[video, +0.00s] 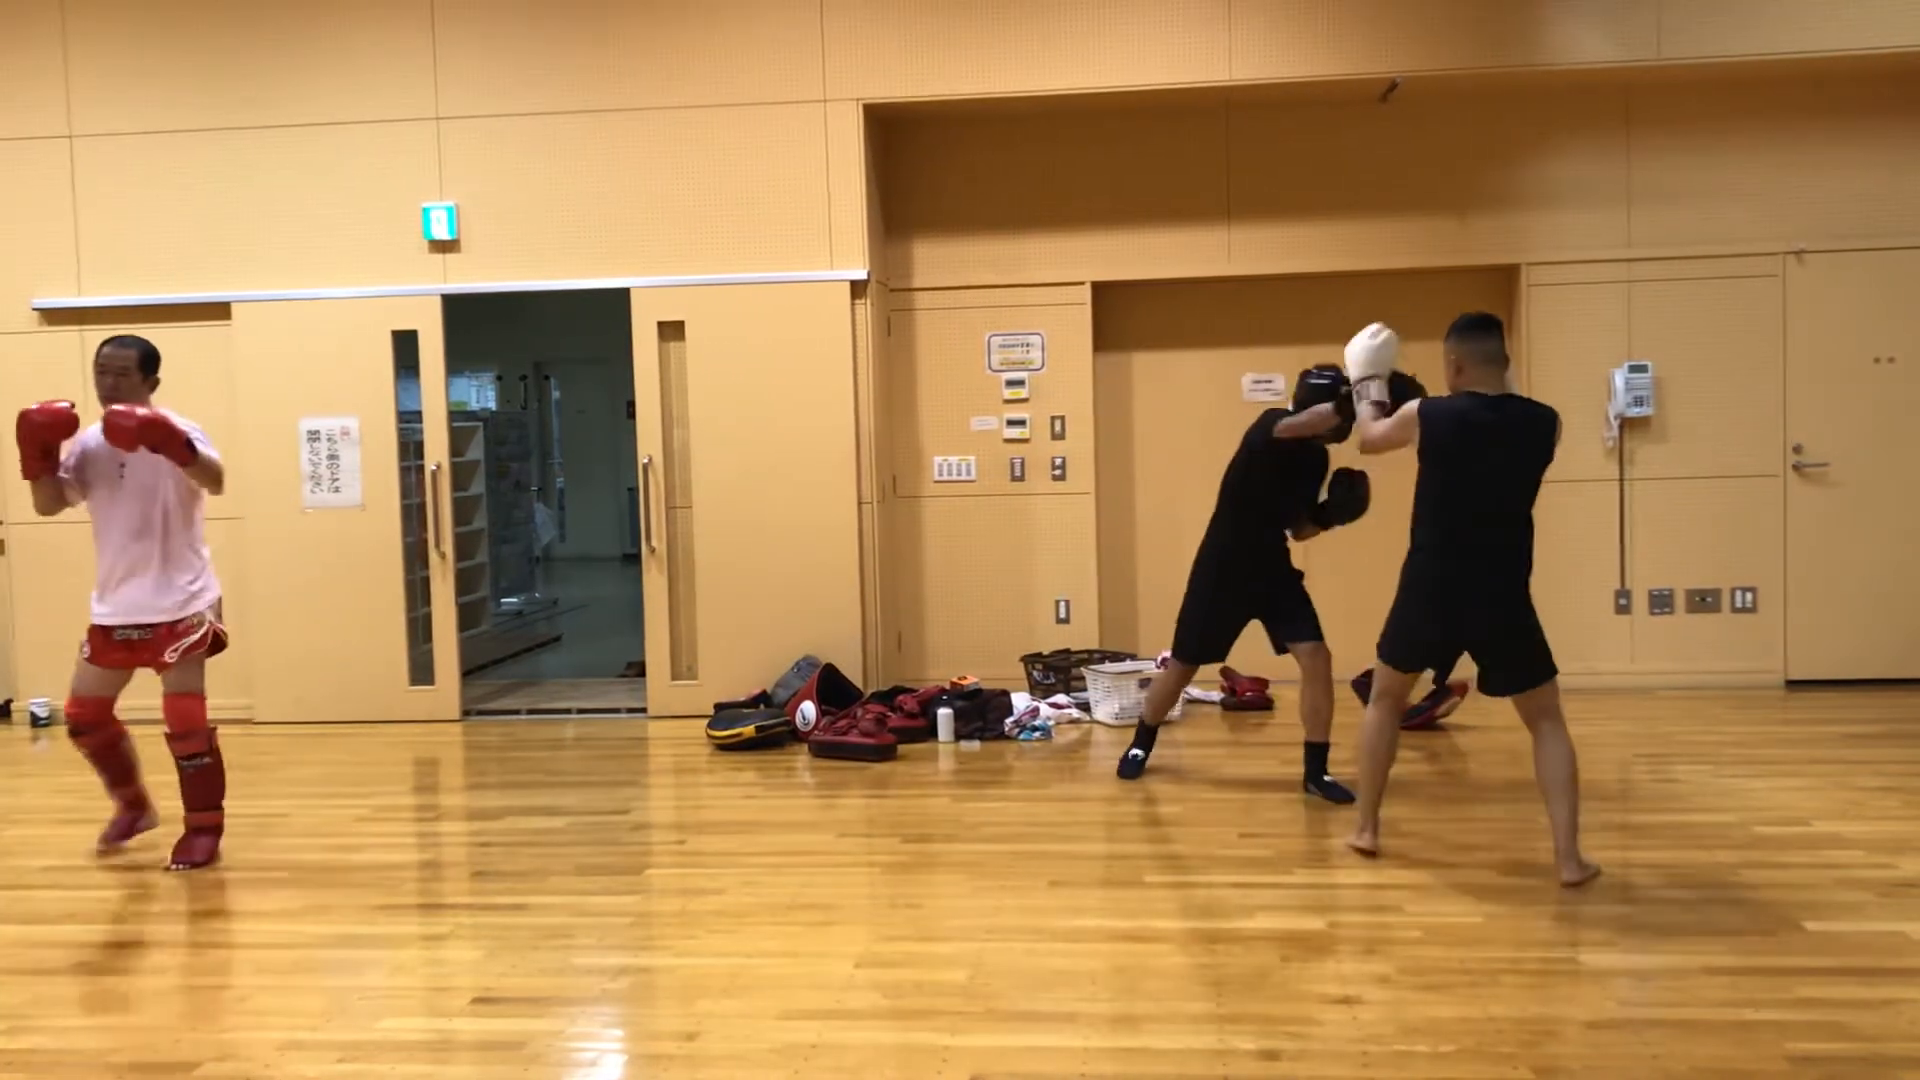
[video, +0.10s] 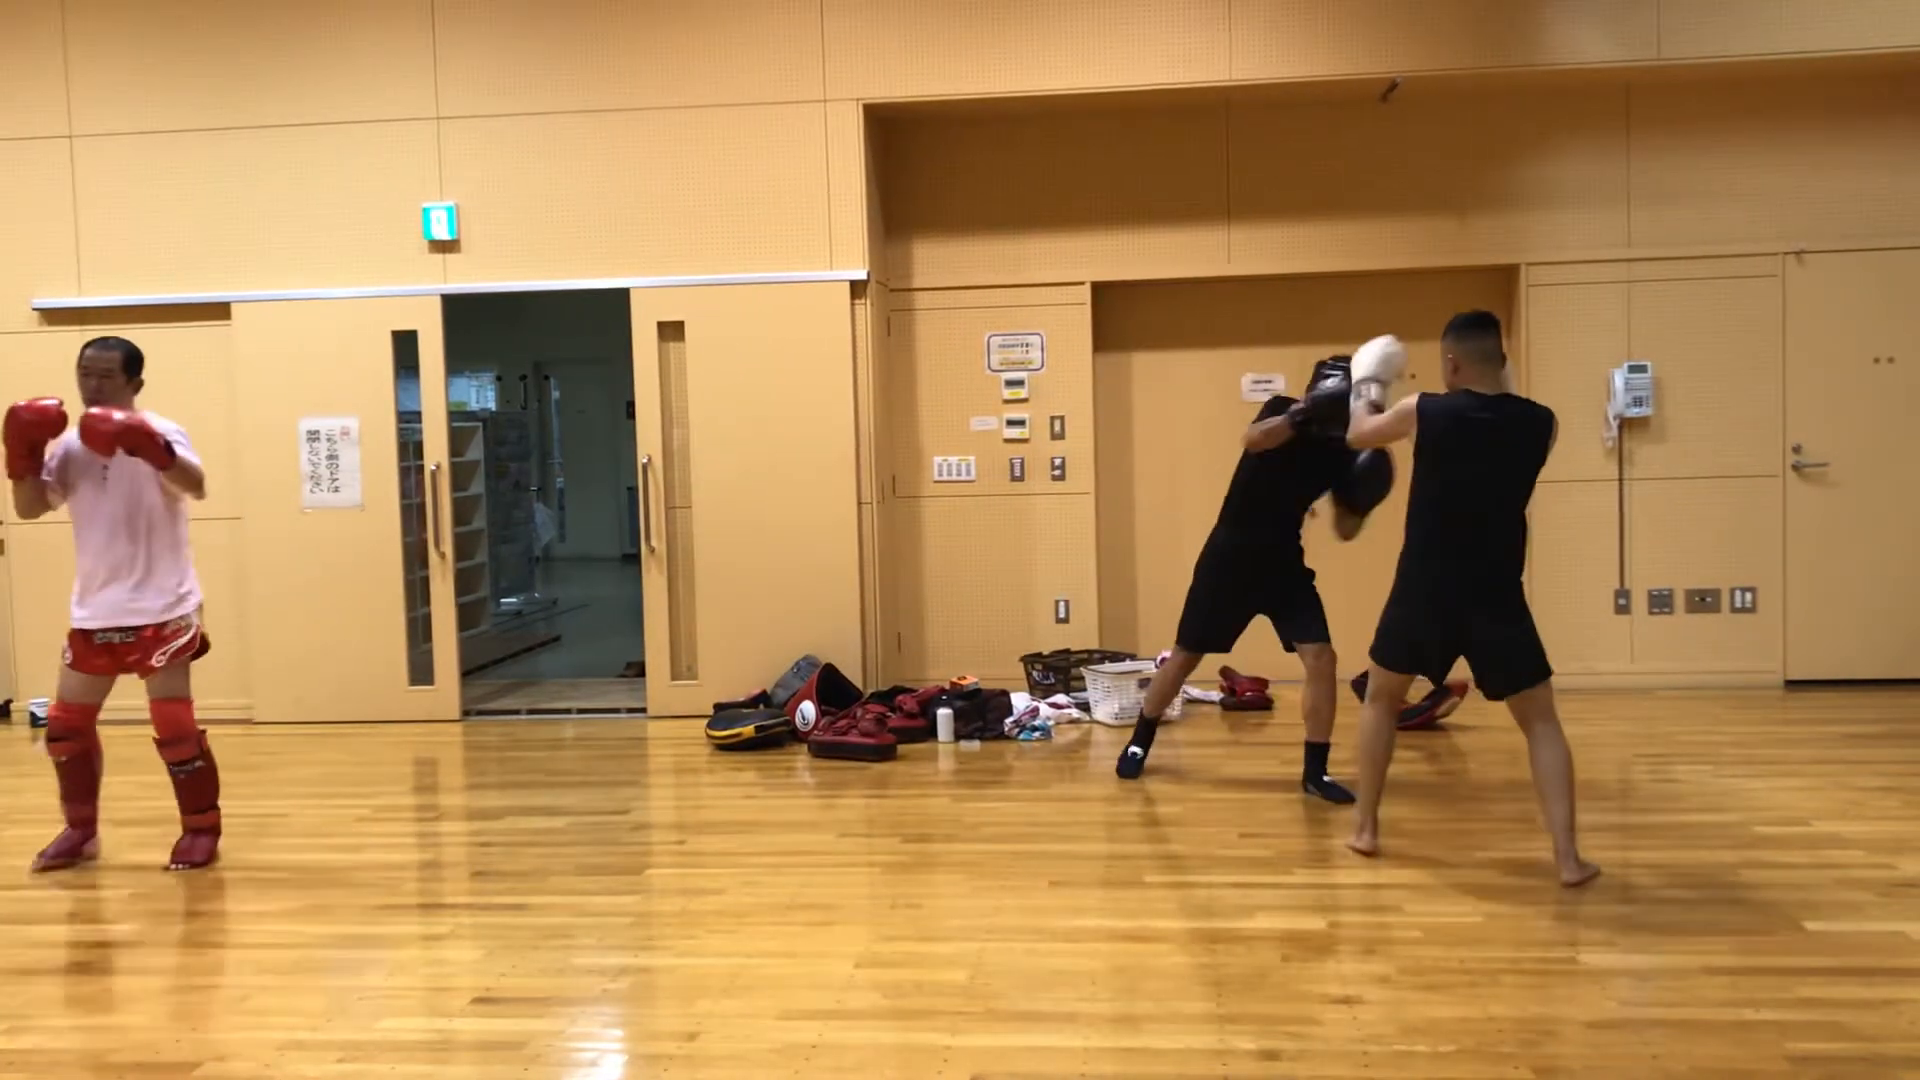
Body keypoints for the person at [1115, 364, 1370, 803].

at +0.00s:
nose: (1335, 419)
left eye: (1338, 412)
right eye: (1332, 410)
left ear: (1334, 417)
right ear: (1317, 405)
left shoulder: (1315, 458)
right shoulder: (1273, 423)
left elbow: (1301, 529)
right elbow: (1292, 428)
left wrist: (1336, 510)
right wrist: (1355, 401)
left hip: (1271, 565)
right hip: (1223, 562)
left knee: (1315, 657)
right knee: (1182, 665)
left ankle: (1316, 773)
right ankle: (1141, 745)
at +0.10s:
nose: (1333, 395)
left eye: (1343, 388)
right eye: (1329, 383)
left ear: (1354, 398)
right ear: (1315, 384)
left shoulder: (1345, 448)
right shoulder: (1282, 411)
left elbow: (1345, 528)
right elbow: (1252, 442)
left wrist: (1370, 485)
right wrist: (1301, 415)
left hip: (1282, 560)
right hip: (1230, 554)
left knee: (1321, 659)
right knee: (1184, 658)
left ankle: (1315, 774)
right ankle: (1139, 742)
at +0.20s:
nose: (1337, 402)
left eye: (1347, 396)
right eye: (1331, 392)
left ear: (1360, 400)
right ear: (1317, 386)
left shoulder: (1356, 437)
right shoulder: (1282, 410)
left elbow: (1383, 507)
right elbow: (1230, 448)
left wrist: (1394, 447)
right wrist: (1282, 417)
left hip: (1289, 558)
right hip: (1235, 551)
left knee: (1322, 658)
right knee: (1189, 652)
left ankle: (1316, 774)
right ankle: (1145, 740)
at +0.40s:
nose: (1351, 387)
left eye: (1359, 379)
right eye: (1342, 377)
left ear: (1365, 382)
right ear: (1318, 374)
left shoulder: (1356, 423)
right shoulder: (1286, 408)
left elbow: (1391, 442)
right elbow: (1231, 459)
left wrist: (1398, 413)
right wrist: (1265, 421)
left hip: (1310, 553)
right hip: (1255, 548)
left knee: (1325, 656)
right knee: (1209, 648)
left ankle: (1319, 772)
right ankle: (1207, 734)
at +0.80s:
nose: (1321, 386)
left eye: (1329, 376)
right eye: (1311, 376)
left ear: (1338, 376)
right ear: (1290, 376)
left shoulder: (1353, 417)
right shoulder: (1269, 419)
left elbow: (1384, 485)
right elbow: (1253, 490)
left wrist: (1386, 432)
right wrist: (1274, 450)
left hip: (1342, 551)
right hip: (1288, 552)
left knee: (1370, 645)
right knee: (1259, 654)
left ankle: (1387, 757)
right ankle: (1269, 746)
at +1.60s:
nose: (1319, 396)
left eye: (1326, 386)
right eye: (1309, 387)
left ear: (1334, 383)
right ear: (1287, 383)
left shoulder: (1342, 419)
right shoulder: (1261, 424)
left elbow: (1397, 469)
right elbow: (1237, 489)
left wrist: (1383, 449)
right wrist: (1276, 464)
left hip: (1332, 549)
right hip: (1280, 554)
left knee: (1368, 638)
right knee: (1274, 651)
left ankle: (1388, 747)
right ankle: (1299, 726)